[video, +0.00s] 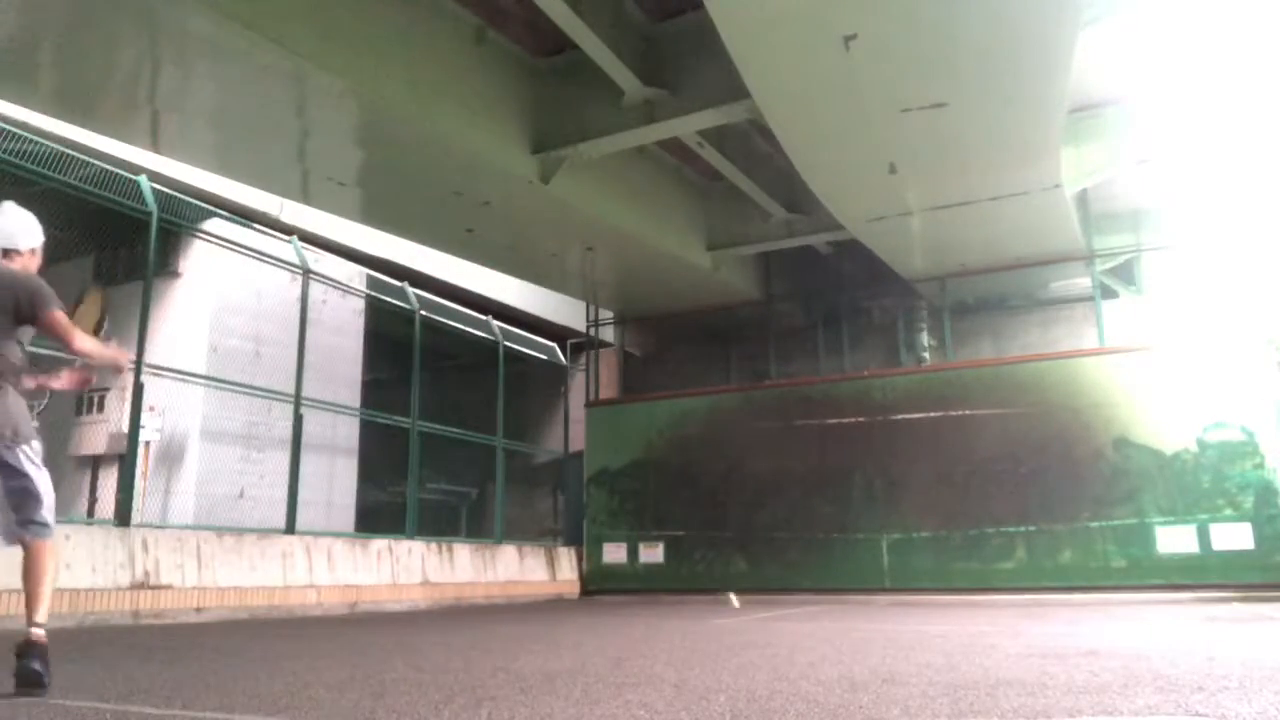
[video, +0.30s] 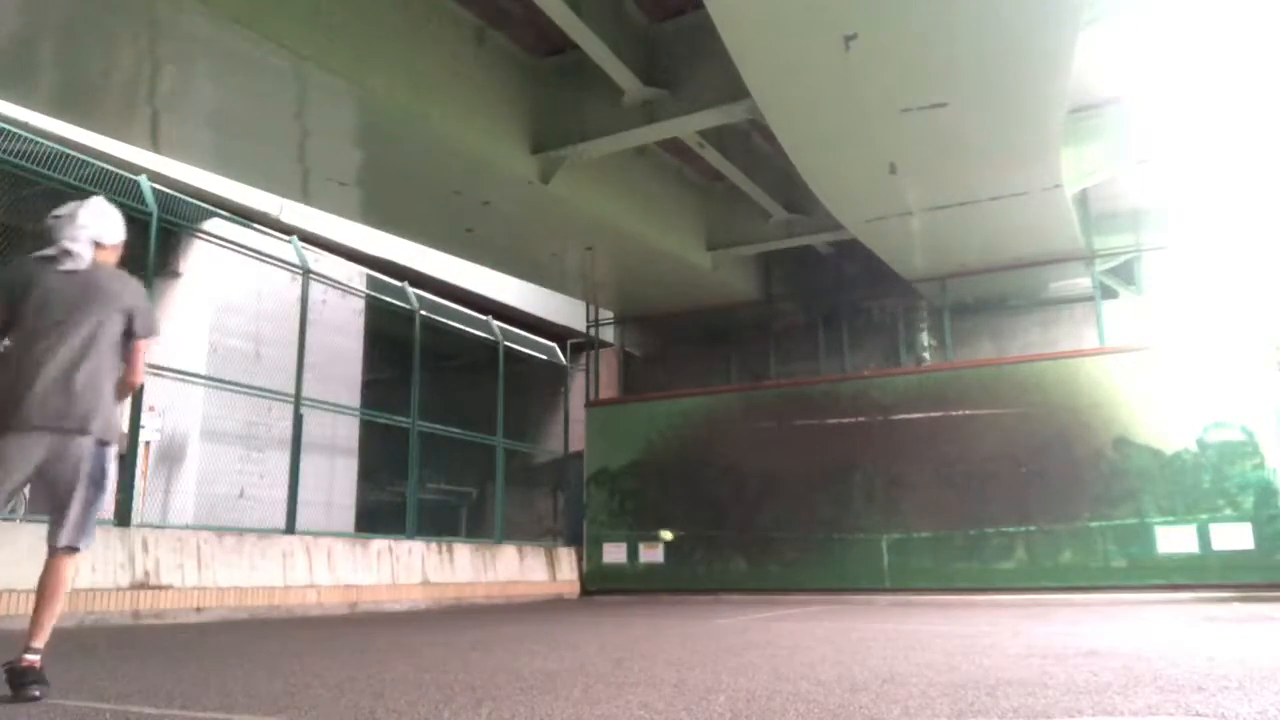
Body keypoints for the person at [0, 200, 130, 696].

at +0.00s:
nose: (39, 264)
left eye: (38, 254)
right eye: (36, 254)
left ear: (2, 250)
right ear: (21, 250)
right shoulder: (20, 281)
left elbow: (4, 373)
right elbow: (74, 341)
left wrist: (49, 380)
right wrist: (117, 354)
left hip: (9, 425)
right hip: (8, 427)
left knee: (36, 529)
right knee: (37, 528)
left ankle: (35, 637)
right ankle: (35, 635)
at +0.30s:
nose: (120, 254)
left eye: (119, 247)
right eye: (118, 246)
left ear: (65, 238)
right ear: (105, 245)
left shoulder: (23, 274)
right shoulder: (126, 289)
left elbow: (7, 337)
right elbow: (134, 376)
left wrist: (26, 370)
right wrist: (106, 399)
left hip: (18, 426)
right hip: (85, 435)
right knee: (65, 548)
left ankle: (27, 657)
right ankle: (30, 658)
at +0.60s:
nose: (132, 226)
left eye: (137, 220)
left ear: (142, 223)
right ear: (185, 232)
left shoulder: (131, 251)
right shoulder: (193, 277)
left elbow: (42, 289)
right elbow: (115, 334)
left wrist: (40, 265)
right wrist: (54, 306)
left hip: (140, 407)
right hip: (196, 414)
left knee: (99, 532)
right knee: (135, 539)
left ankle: (98, 665)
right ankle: (106, 651)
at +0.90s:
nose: (230, 299)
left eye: (232, 292)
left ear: (241, 272)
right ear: (280, 273)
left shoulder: (250, 284)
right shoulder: (299, 317)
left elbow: (268, 326)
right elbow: (242, 396)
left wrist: (224, 334)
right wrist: (169, 364)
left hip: (258, 430)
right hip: (312, 435)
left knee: (182, 546)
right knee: (309, 551)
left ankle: (117, 670)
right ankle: (366, 656)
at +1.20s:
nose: (345, 224)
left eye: (345, 217)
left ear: (345, 221)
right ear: (390, 226)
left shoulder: (329, 251)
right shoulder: (414, 269)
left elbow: (277, 298)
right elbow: (475, 316)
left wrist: (203, 342)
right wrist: (535, 340)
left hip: (341, 397)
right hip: (400, 404)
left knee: (311, 519)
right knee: (383, 537)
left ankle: (335, 639)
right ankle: (382, 661)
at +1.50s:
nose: (424, 222)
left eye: (425, 215)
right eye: (435, 213)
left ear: (421, 223)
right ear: (465, 223)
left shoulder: (400, 271)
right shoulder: (494, 257)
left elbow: (340, 308)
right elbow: (576, 228)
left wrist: (278, 341)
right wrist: (630, 173)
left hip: (439, 416)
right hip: (492, 418)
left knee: (450, 540)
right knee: (444, 543)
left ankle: (493, 669)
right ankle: (394, 658)